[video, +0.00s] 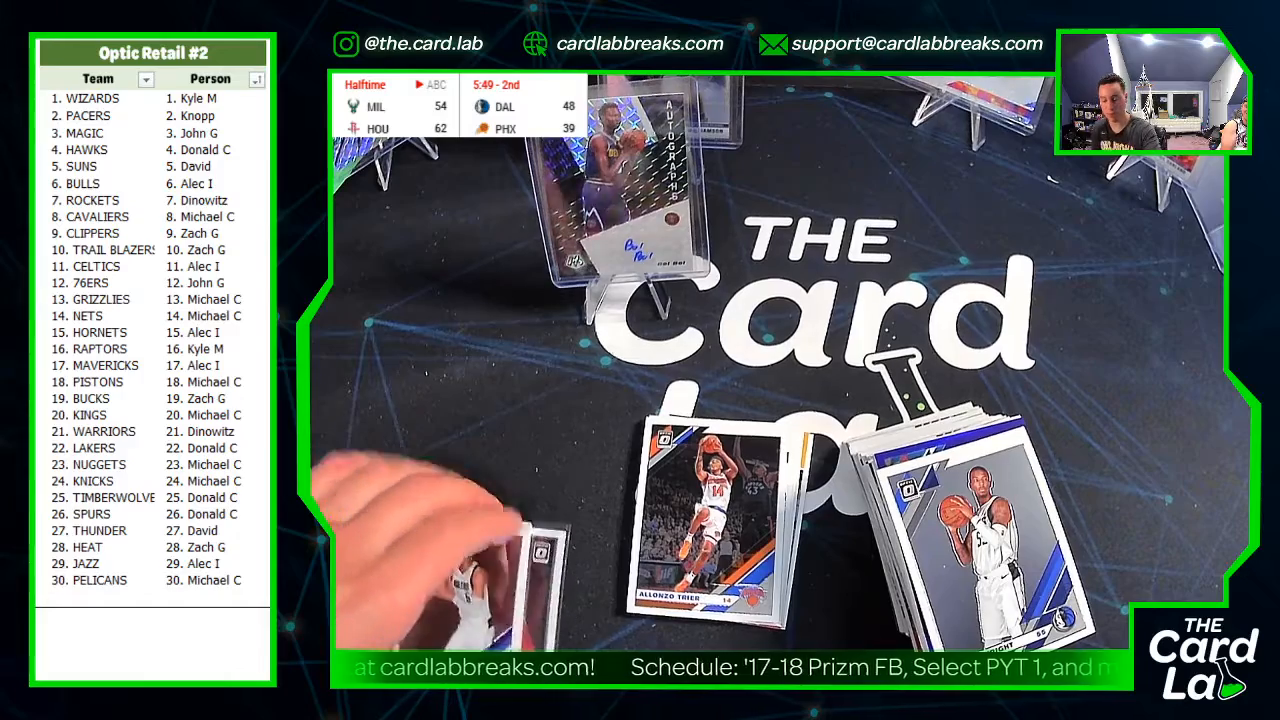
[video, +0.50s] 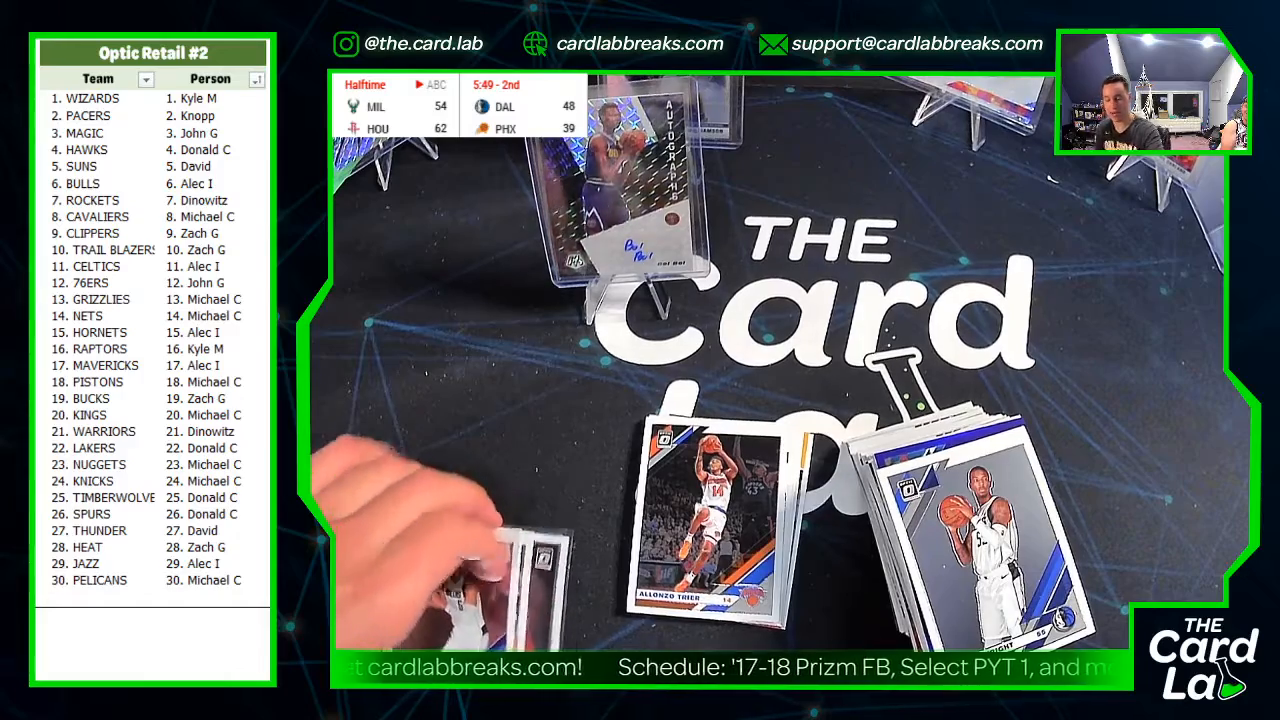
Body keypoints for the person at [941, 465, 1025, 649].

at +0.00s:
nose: (980, 483)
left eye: (983, 479)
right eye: (975, 480)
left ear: (990, 481)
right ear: (970, 486)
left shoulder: (1000, 504)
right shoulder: (974, 517)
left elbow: (996, 538)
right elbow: (965, 559)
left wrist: (972, 517)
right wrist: (953, 531)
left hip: (1007, 579)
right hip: (985, 585)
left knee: (1018, 633)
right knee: (991, 641)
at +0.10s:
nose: (980, 483)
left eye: (983, 479)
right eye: (975, 480)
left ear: (990, 482)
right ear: (970, 486)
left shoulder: (1000, 504)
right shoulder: (974, 517)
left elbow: (996, 539)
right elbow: (965, 559)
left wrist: (972, 517)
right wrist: (953, 531)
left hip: (1007, 579)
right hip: (985, 585)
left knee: (1018, 633)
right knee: (991, 641)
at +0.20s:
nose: (980, 484)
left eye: (983, 479)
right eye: (975, 480)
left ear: (990, 482)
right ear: (970, 486)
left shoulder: (1000, 504)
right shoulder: (974, 517)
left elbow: (996, 538)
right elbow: (965, 559)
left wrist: (972, 517)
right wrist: (953, 531)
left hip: (1007, 579)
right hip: (985, 585)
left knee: (1018, 633)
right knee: (991, 640)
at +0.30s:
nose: (980, 484)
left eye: (983, 479)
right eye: (975, 480)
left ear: (990, 482)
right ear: (970, 486)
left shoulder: (1000, 504)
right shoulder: (974, 517)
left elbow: (996, 538)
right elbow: (965, 559)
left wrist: (972, 517)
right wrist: (953, 531)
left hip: (1007, 579)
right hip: (985, 585)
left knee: (1018, 633)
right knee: (991, 640)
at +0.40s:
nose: (980, 484)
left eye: (983, 479)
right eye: (975, 480)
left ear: (990, 482)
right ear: (970, 486)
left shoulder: (1000, 504)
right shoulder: (974, 517)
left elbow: (996, 538)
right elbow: (965, 559)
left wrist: (972, 517)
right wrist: (953, 531)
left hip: (1007, 579)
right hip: (985, 585)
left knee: (1018, 633)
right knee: (991, 640)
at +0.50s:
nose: (980, 484)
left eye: (983, 479)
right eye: (975, 480)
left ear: (990, 482)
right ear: (970, 486)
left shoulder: (1000, 504)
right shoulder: (974, 517)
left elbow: (996, 538)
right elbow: (965, 559)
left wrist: (972, 517)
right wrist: (953, 531)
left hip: (1007, 579)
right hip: (985, 585)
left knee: (1018, 633)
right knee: (991, 640)